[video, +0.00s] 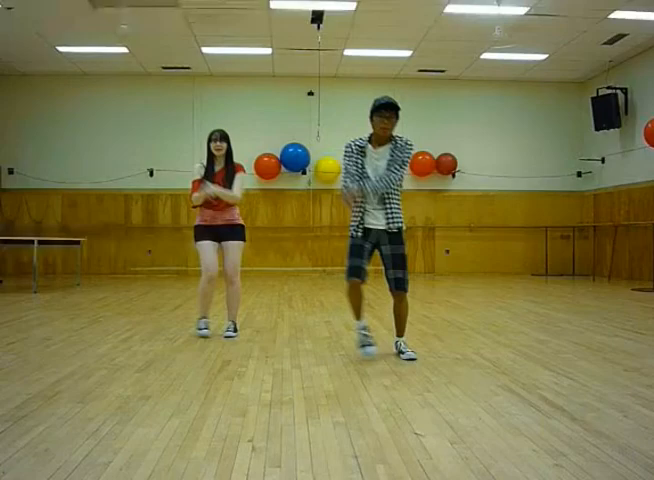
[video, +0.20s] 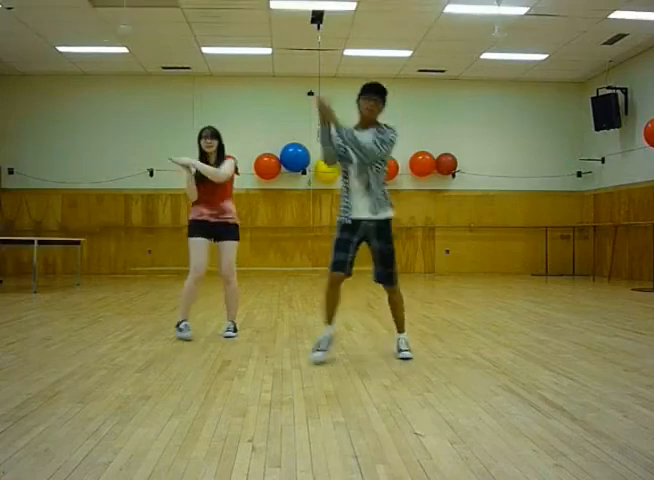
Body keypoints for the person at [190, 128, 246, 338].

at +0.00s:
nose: (218, 145)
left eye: (222, 141)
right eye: (214, 141)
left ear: (228, 145)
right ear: (209, 145)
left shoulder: (237, 169)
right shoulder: (201, 170)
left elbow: (236, 197)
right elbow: (194, 200)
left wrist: (214, 190)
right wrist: (205, 192)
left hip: (231, 223)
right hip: (205, 223)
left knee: (231, 274)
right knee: (210, 272)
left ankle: (232, 322)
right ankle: (203, 318)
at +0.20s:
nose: (208, 142)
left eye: (212, 138)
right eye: (204, 139)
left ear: (219, 141)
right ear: (199, 142)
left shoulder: (229, 161)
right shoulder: (196, 165)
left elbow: (221, 176)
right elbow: (192, 197)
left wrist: (193, 164)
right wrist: (189, 172)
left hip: (226, 220)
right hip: (200, 219)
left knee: (228, 274)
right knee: (197, 272)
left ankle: (231, 322)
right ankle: (182, 321)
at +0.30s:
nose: (200, 145)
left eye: (204, 142)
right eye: (197, 142)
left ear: (211, 145)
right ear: (191, 146)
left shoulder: (221, 162)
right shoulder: (188, 169)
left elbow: (209, 171)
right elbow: (188, 197)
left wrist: (188, 160)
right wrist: (185, 169)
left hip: (220, 223)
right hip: (193, 223)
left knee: (223, 275)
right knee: (188, 275)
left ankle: (231, 322)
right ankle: (177, 325)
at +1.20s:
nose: (147, 153)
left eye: (151, 149)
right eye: (143, 149)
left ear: (157, 153)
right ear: (137, 153)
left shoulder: (167, 177)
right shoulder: (131, 178)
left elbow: (169, 201)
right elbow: (122, 213)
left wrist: (139, 188)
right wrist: (113, 196)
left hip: (159, 234)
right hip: (134, 230)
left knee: (137, 282)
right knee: (151, 277)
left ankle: (119, 320)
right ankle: (130, 322)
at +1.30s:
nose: (146, 156)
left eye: (150, 152)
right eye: (142, 153)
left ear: (156, 155)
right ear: (136, 157)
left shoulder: (167, 179)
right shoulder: (133, 182)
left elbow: (175, 207)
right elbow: (125, 214)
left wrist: (146, 199)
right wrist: (114, 208)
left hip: (159, 235)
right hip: (135, 232)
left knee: (152, 288)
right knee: (144, 282)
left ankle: (122, 316)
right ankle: (128, 324)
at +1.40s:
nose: (148, 157)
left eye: (152, 153)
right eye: (145, 153)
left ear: (158, 156)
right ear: (138, 156)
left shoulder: (170, 180)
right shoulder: (132, 182)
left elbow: (178, 208)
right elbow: (126, 216)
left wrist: (162, 192)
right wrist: (123, 197)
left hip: (164, 233)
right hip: (138, 232)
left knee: (165, 288)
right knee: (144, 284)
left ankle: (142, 308)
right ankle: (128, 325)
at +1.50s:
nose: (155, 151)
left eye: (159, 147)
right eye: (151, 147)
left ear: (165, 151)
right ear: (145, 151)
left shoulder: (176, 175)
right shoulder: (139, 177)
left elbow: (187, 204)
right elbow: (130, 209)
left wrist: (174, 187)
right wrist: (143, 188)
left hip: (171, 231)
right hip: (145, 230)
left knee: (184, 277)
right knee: (144, 280)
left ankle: (171, 314)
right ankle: (128, 325)